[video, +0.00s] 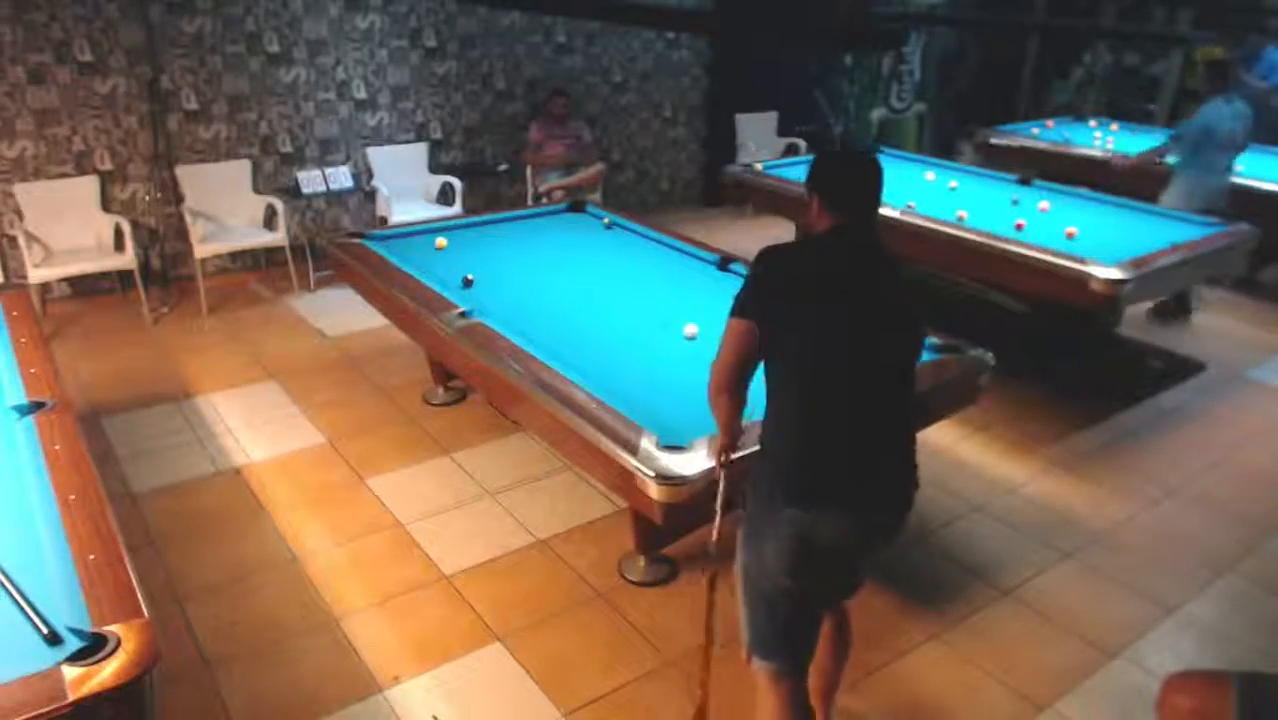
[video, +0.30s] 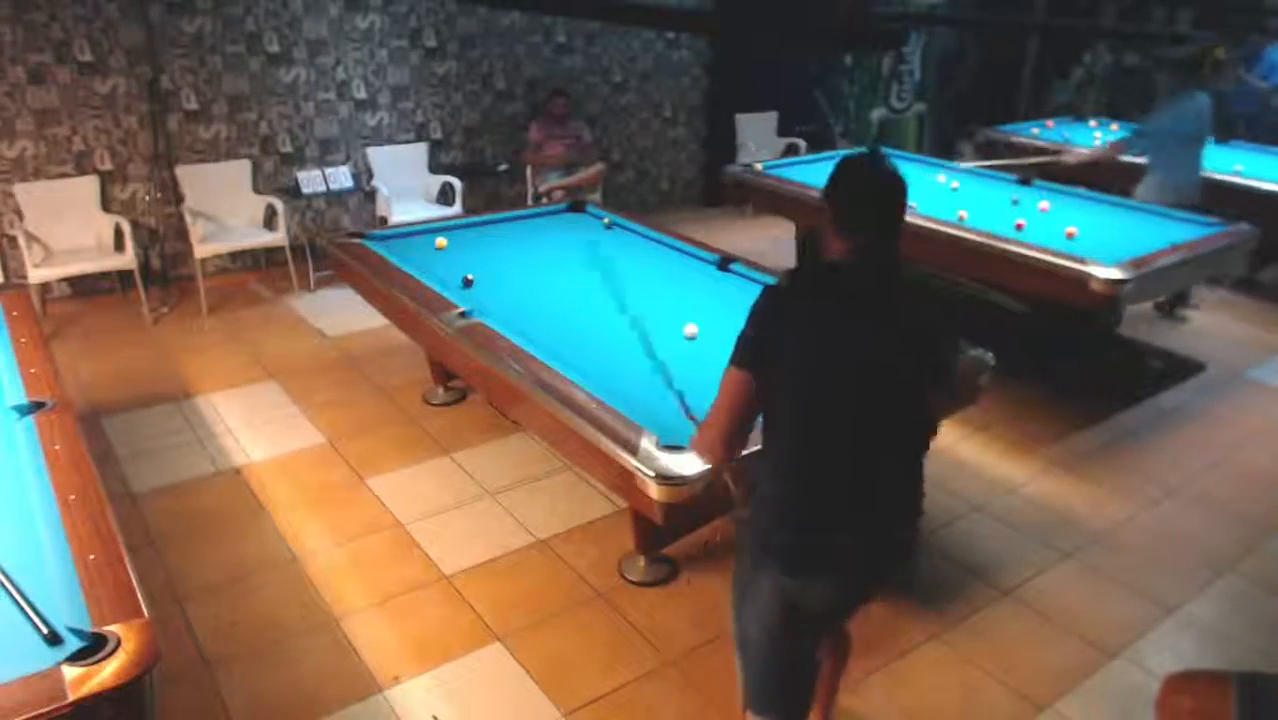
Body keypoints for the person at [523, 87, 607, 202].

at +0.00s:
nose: (560, 110)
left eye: (564, 106)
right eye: (556, 105)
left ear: (569, 107)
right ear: (549, 106)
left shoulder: (578, 126)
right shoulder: (539, 126)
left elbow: (591, 151)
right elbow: (529, 156)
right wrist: (558, 160)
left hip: (576, 166)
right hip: (549, 169)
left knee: (600, 168)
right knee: (559, 196)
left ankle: (550, 188)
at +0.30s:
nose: (560, 110)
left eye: (564, 106)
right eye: (556, 105)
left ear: (569, 107)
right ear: (549, 106)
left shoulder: (578, 126)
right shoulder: (539, 126)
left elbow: (591, 151)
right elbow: (529, 156)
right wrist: (558, 160)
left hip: (576, 166)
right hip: (549, 169)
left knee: (600, 168)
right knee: (559, 195)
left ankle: (550, 188)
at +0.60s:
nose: (560, 110)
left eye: (563, 106)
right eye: (556, 105)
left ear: (569, 107)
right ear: (548, 107)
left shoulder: (578, 126)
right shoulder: (539, 127)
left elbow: (592, 152)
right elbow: (530, 157)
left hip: (577, 167)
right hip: (550, 170)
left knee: (600, 168)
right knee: (559, 196)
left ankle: (549, 188)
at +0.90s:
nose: (560, 110)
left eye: (563, 106)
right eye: (556, 105)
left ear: (569, 107)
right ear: (548, 106)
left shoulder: (578, 126)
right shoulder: (539, 127)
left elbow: (592, 152)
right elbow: (530, 156)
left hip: (577, 167)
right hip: (550, 171)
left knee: (600, 168)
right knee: (559, 196)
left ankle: (549, 188)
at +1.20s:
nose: (560, 110)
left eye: (564, 106)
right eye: (556, 106)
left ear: (569, 107)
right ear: (549, 107)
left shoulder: (578, 125)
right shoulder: (539, 127)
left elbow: (591, 151)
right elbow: (530, 156)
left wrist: (570, 159)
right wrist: (554, 161)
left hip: (576, 166)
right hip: (550, 170)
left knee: (600, 169)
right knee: (559, 196)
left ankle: (548, 188)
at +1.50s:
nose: (560, 110)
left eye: (563, 106)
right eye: (556, 106)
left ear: (569, 107)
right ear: (548, 107)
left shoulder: (578, 125)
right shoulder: (539, 126)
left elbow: (592, 153)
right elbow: (530, 157)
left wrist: (571, 160)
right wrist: (555, 162)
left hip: (577, 166)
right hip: (551, 170)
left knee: (600, 169)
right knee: (559, 196)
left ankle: (549, 188)